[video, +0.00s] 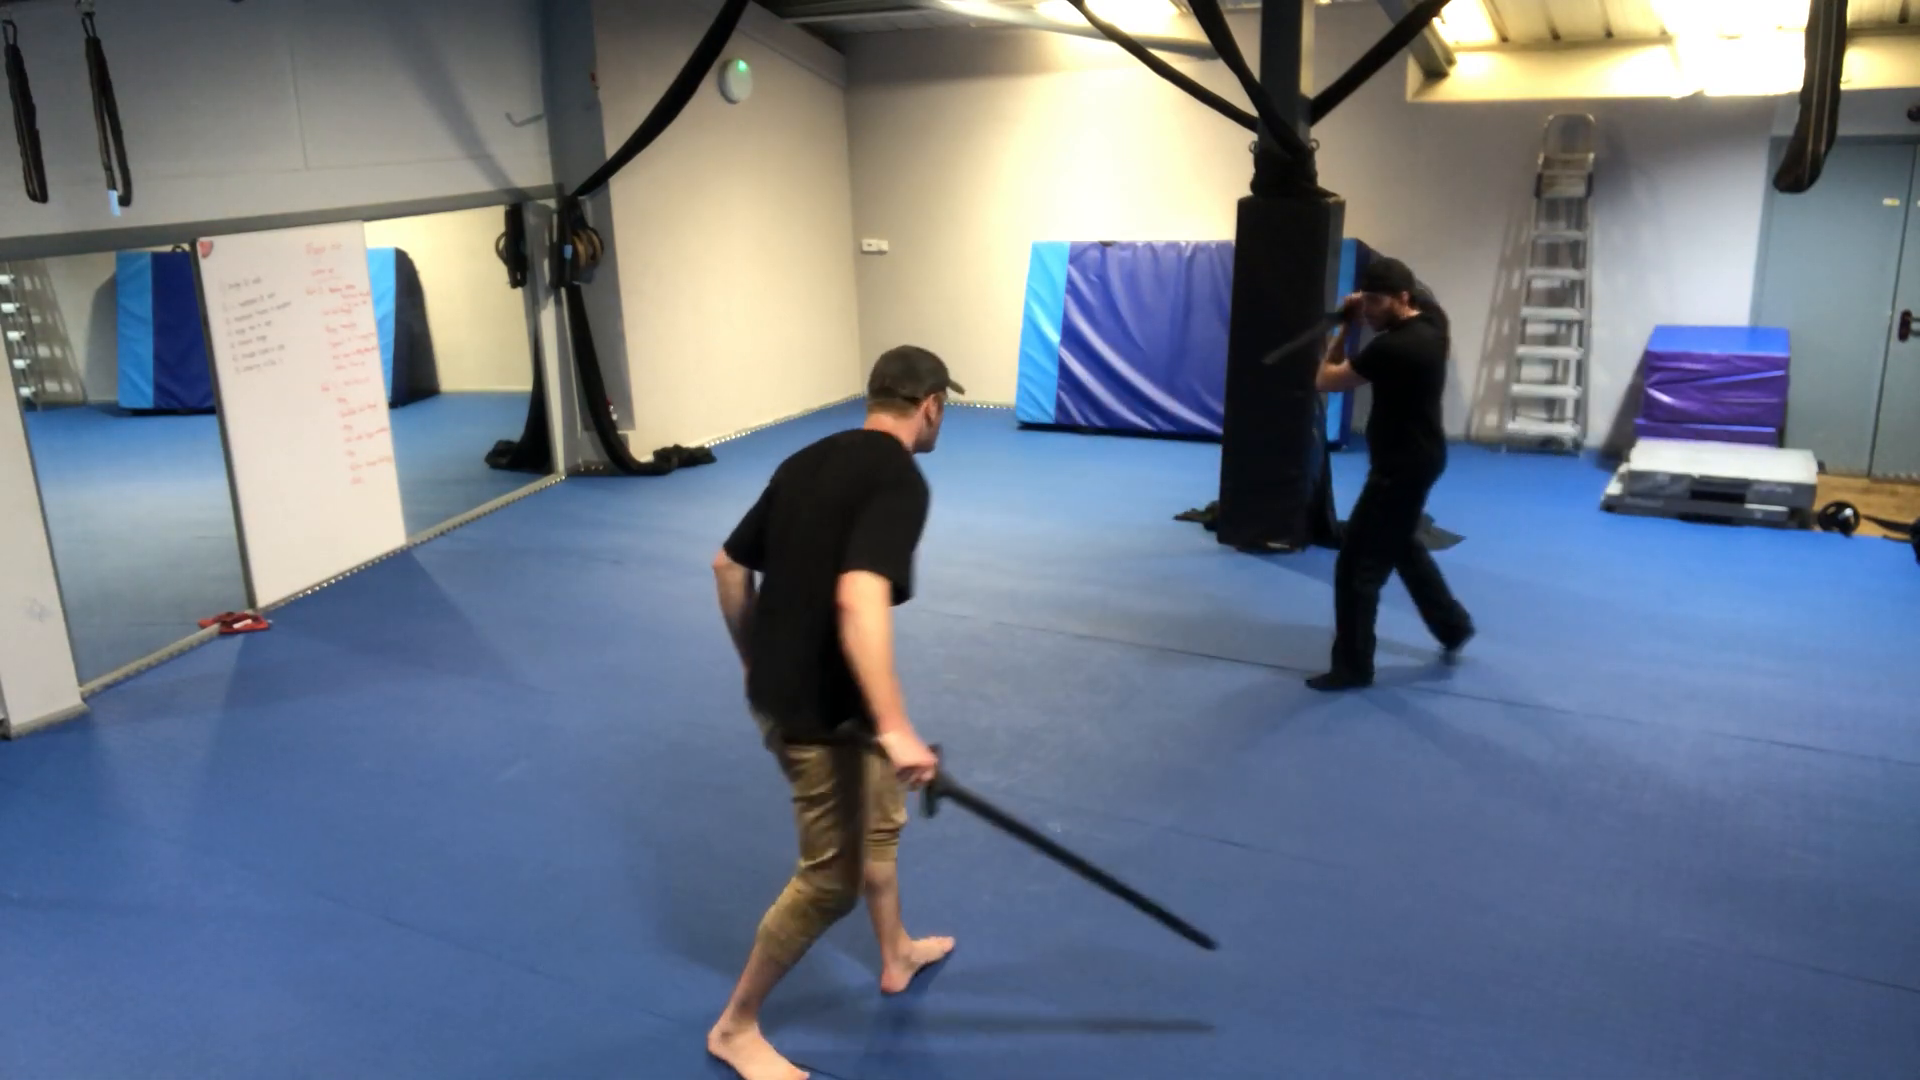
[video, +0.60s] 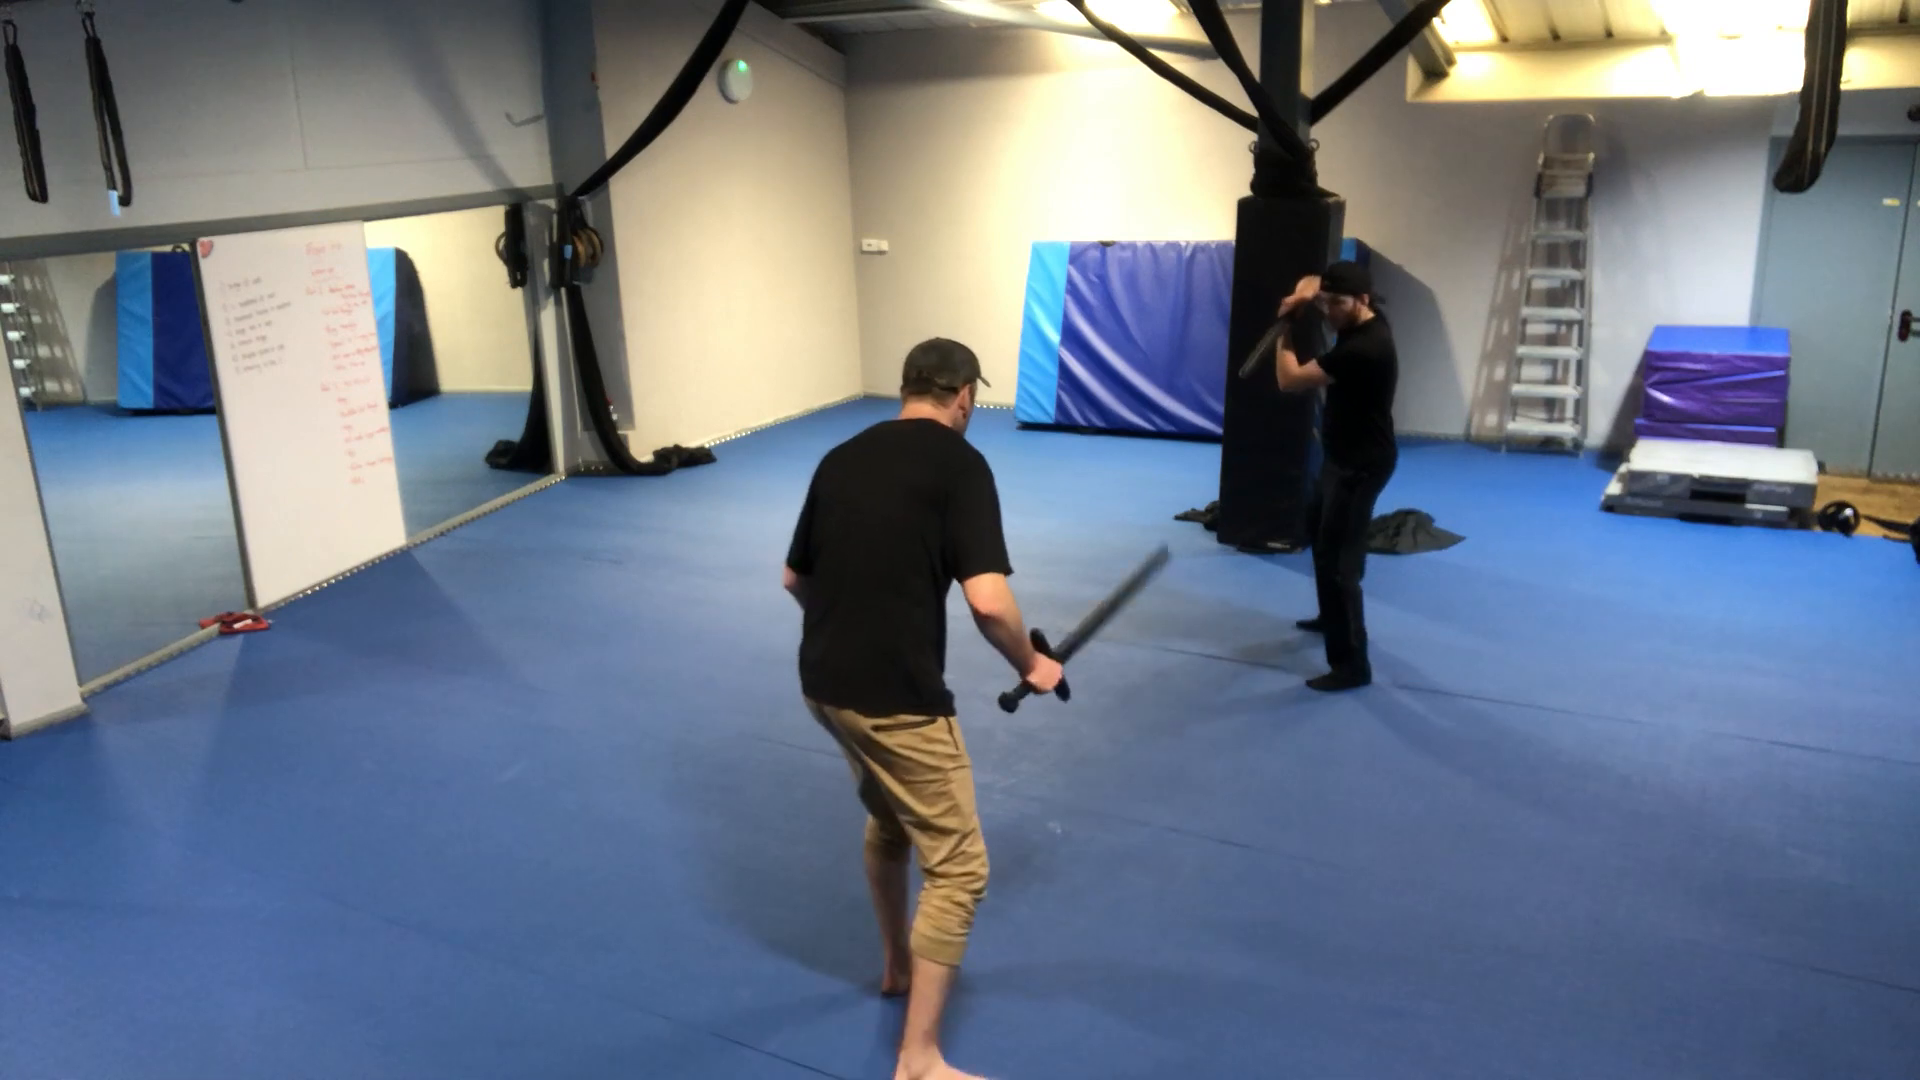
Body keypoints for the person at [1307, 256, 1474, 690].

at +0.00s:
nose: (1366, 308)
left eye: (1372, 300)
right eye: (1365, 299)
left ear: (1399, 299)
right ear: (1406, 299)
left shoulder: (1392, 346)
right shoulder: (1432, 326)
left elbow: (1326, 379)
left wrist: (1346, 329)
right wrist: (1362, 307)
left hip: (1397, 465)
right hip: (1421, 456)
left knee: (1357, 565)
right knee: (1402, 543)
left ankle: (1352, 668)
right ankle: (1452, 625)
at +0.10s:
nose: (1354, 312)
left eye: (1360, 305)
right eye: (1353, 304)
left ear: (1385, 302)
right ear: (1390, 301)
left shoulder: (1380, 350)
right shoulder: (1417, 323)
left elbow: (1311, 381)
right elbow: (1389, 303)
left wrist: (1329, 326)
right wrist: (1353, 301)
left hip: (1388, 466)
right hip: (1412, 456)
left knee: (1346, 562)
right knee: (1382, 538)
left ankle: (1351, 668)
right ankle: (1417, 622)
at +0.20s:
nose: (1345, 317)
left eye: (1350, 309)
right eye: (1342, 309)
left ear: (1375, 305)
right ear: (1381, 304)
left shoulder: (1371, 351)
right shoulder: (1406, 324)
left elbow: (1302, 382)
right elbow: (1378, 304)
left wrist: (1319, 327)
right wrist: (1342, 301)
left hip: (1380, 467)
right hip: (1402, 457)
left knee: (1338, 559)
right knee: (1373, 543)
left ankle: (1349, 668)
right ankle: (1376, 627)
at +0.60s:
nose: (1326, 311)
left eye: (1331, 304)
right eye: (1324, 303)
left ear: (1355, 302)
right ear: (1355, 299)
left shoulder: (1362, 347)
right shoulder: (1369, 319)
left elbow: (1289, 379)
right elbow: (1331, 285)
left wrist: (1284, 327)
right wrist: (1310, 290)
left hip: (1360, 463)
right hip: (1347, 455)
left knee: (1339, 559)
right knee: (1325, 538)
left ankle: (1351, 667)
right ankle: (1331, 616)